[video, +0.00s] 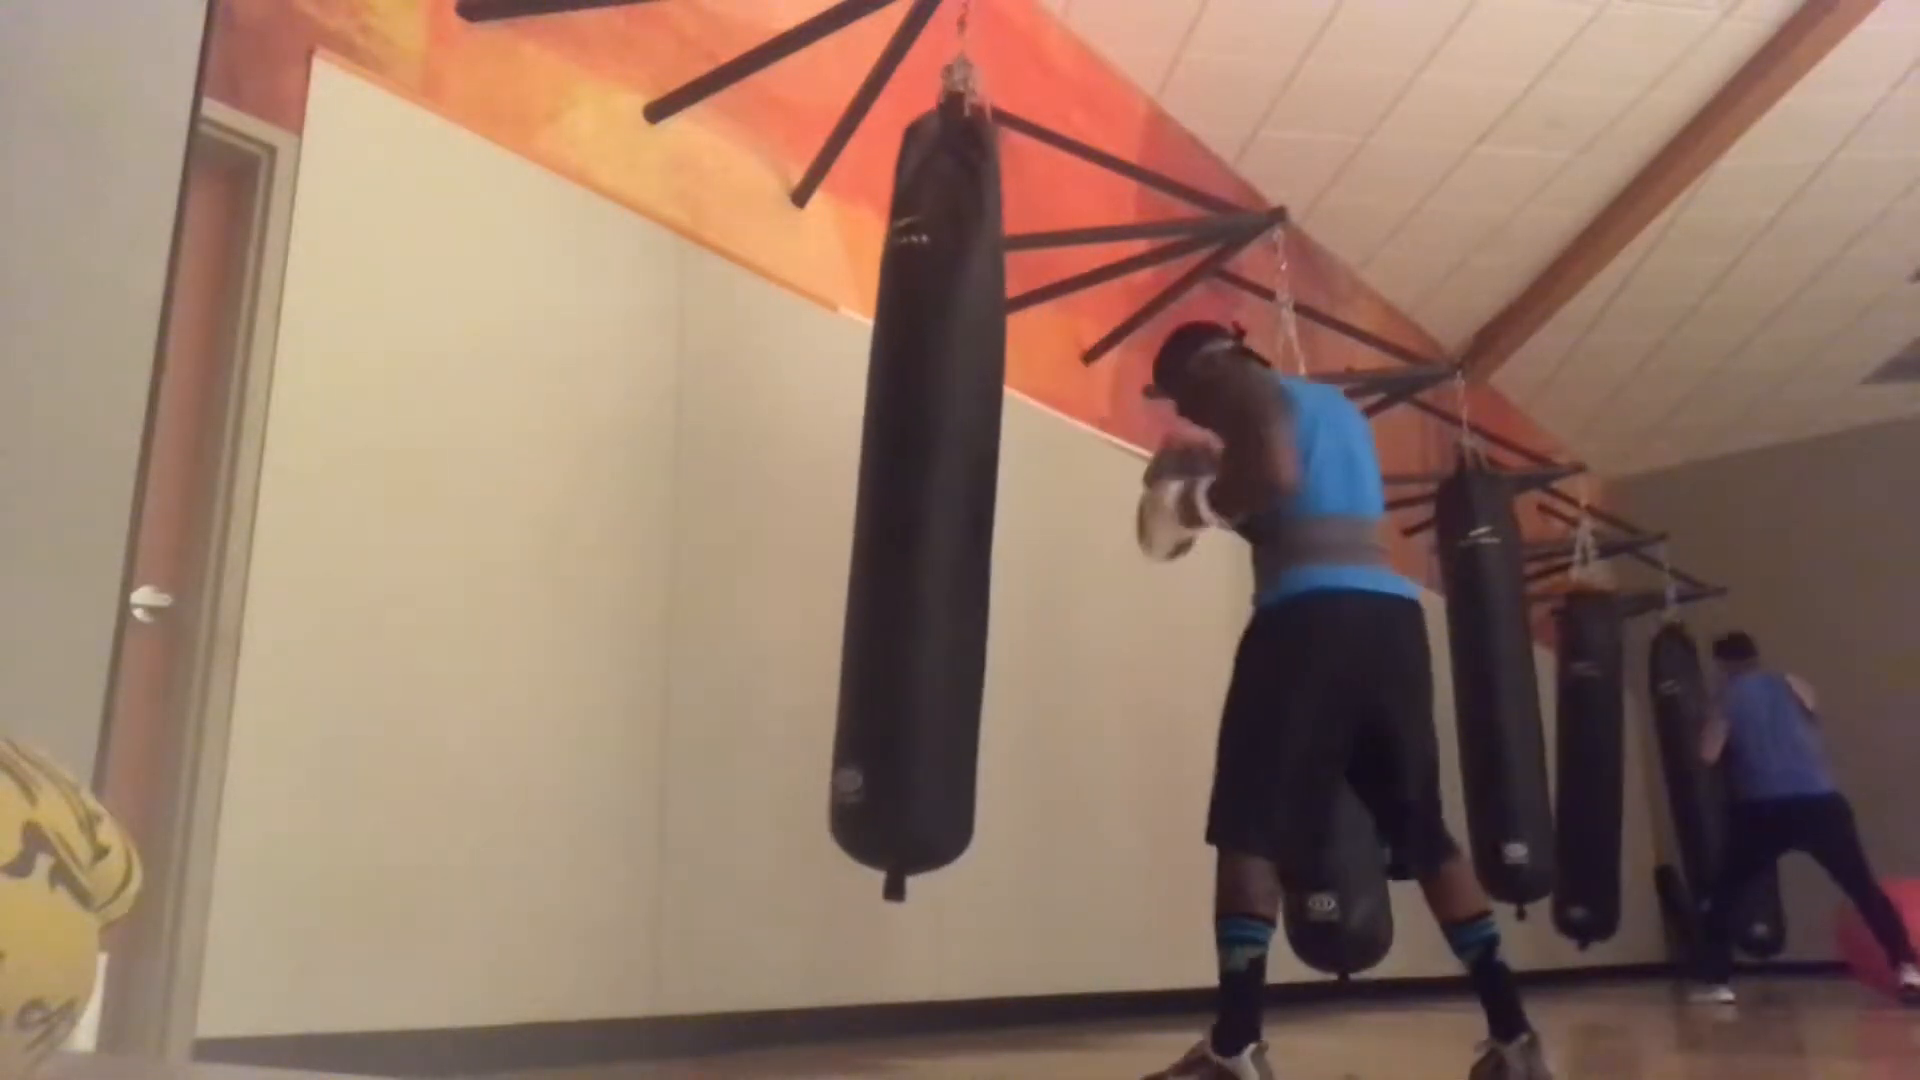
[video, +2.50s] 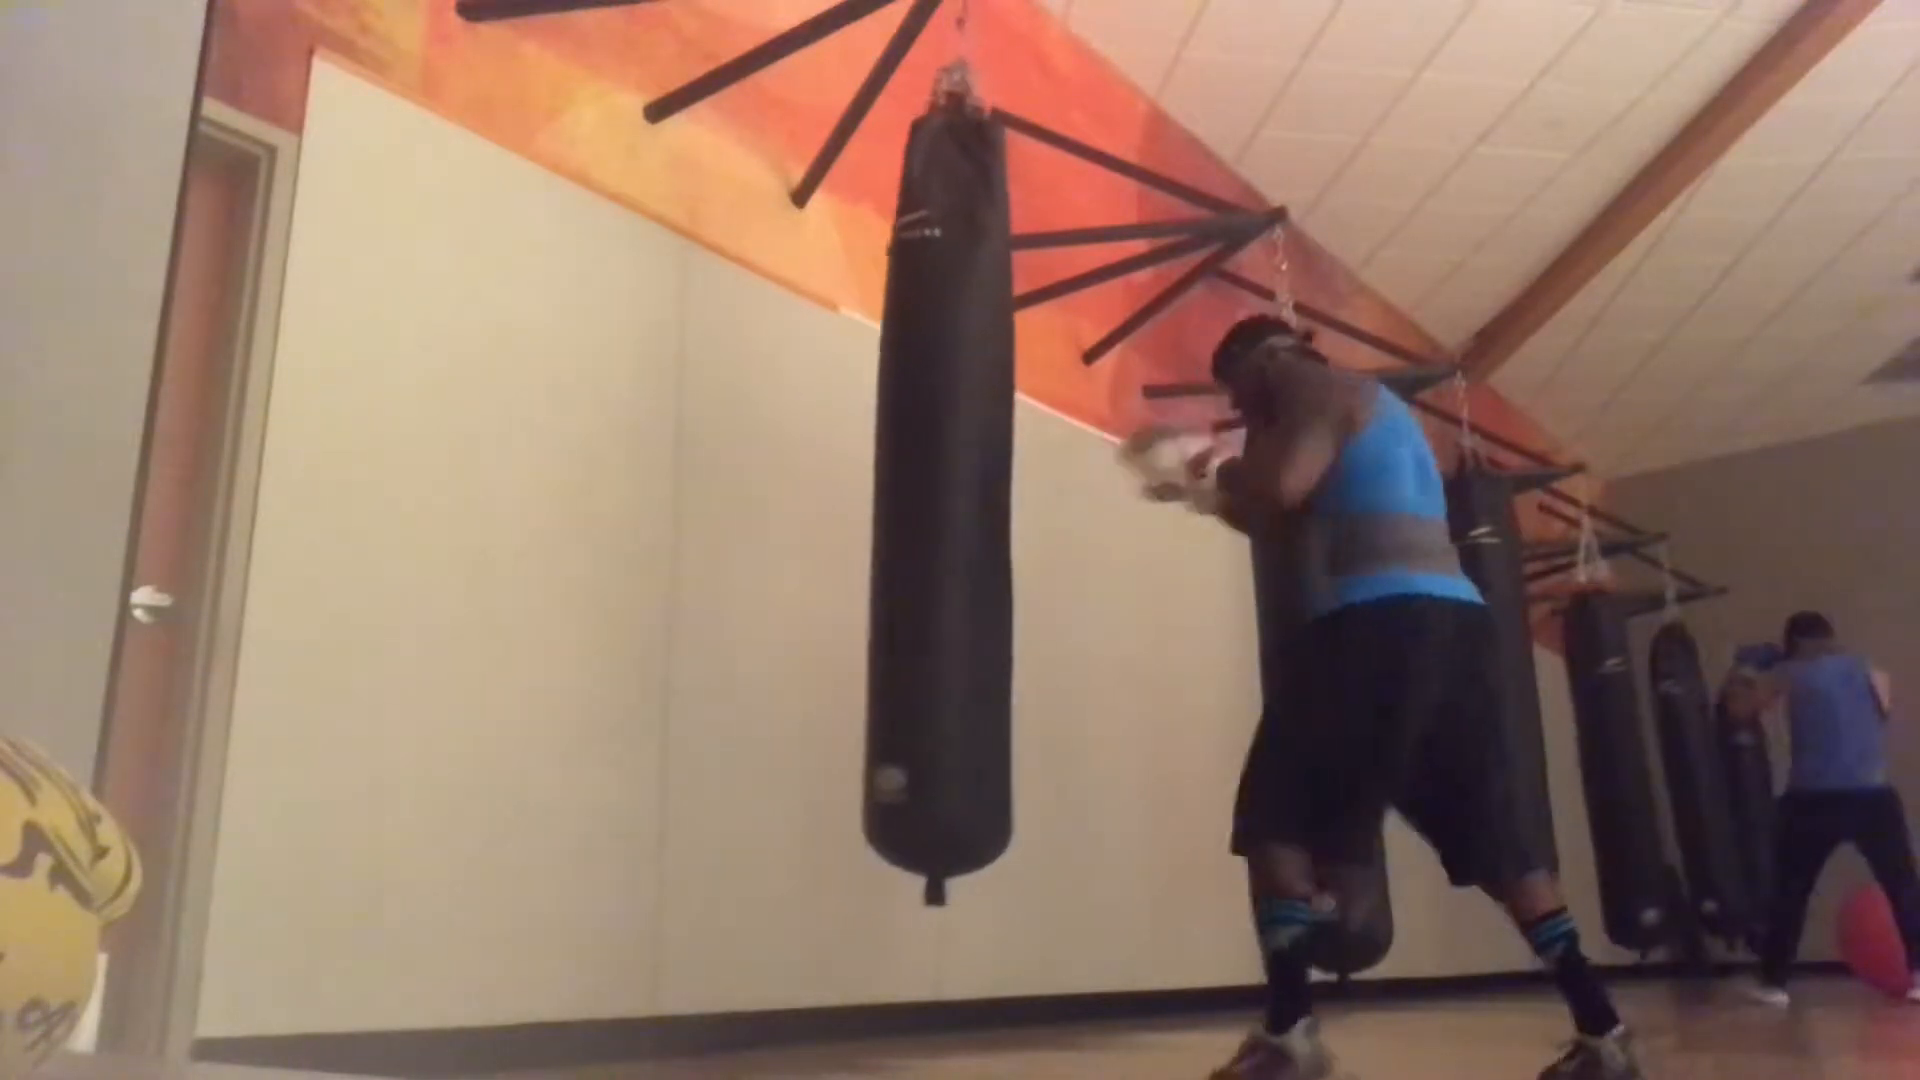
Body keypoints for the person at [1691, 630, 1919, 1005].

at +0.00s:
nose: (1724, 669)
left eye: (1722, 664)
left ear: (1722, 664)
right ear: (1756, 657)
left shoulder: (1727, 698)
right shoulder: (1788, 683)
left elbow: (1709, 752)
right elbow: (1813, 714)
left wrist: (1718, 711)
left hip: (1764, 810)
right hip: (1819, 804)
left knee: (1726, 891)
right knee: (1862, 886)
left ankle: (1718, 980)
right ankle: (1906, 963)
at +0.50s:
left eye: (1721, 650)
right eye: (1734, 645)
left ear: (1715, 652)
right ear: (1749, 643)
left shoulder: (1714, 690)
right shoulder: (1776, 668)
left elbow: (1671, 723)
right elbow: (1807, 695)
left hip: (1762, 794)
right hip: (1815, 785)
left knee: (1735, 878)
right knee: (1863, 873)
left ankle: (1712, 968)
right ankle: (1906, 960)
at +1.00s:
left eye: (1727, 649)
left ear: (1720, 651)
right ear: (1755, 645)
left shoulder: (1712, 686)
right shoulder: (1781, 672)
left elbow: (1667, 701)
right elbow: (1806, 695)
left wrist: (1634, 702)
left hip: (1763, 792)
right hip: (1817, 783)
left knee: (1738, 878)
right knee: (1863, 867)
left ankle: (1715, 970)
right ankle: (1894, 955)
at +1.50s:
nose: (1761, 650)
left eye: (1756, 644)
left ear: (1754, 645)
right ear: (1793, 636)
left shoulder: (1745, 685)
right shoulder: (1827, 667)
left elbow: (1743, 748)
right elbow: (1847, 704)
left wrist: (1775, 758)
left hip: (1788, 796)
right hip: (1849, 789)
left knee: (1771, 889)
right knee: (1880, 882)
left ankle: (1760, 983)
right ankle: (1904, 978)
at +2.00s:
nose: (1739, 656)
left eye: (1737, 650)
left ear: (1733, 651)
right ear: (1769, 639)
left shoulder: (1729, 692)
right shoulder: (1804, 666)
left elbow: (1721, 756)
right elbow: (1830, 706)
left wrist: (1758, 763)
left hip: (1782, 798)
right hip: (1839, 790)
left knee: (1769, 887)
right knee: (1886, 880)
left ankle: (1759, 982)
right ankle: (1914, 974)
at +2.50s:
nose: (1794, 654)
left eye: (1791, 648)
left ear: (1792, 645)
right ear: (1832, 637)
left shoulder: (1790, 673)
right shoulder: (1866, 670)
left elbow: (1741, 709)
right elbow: (1883, 712)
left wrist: (1739, 671)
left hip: (1813, 799)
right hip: (1872, 798)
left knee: (1791, 890)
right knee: (1904, 887)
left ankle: (1775, 981)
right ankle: (1917, 975)